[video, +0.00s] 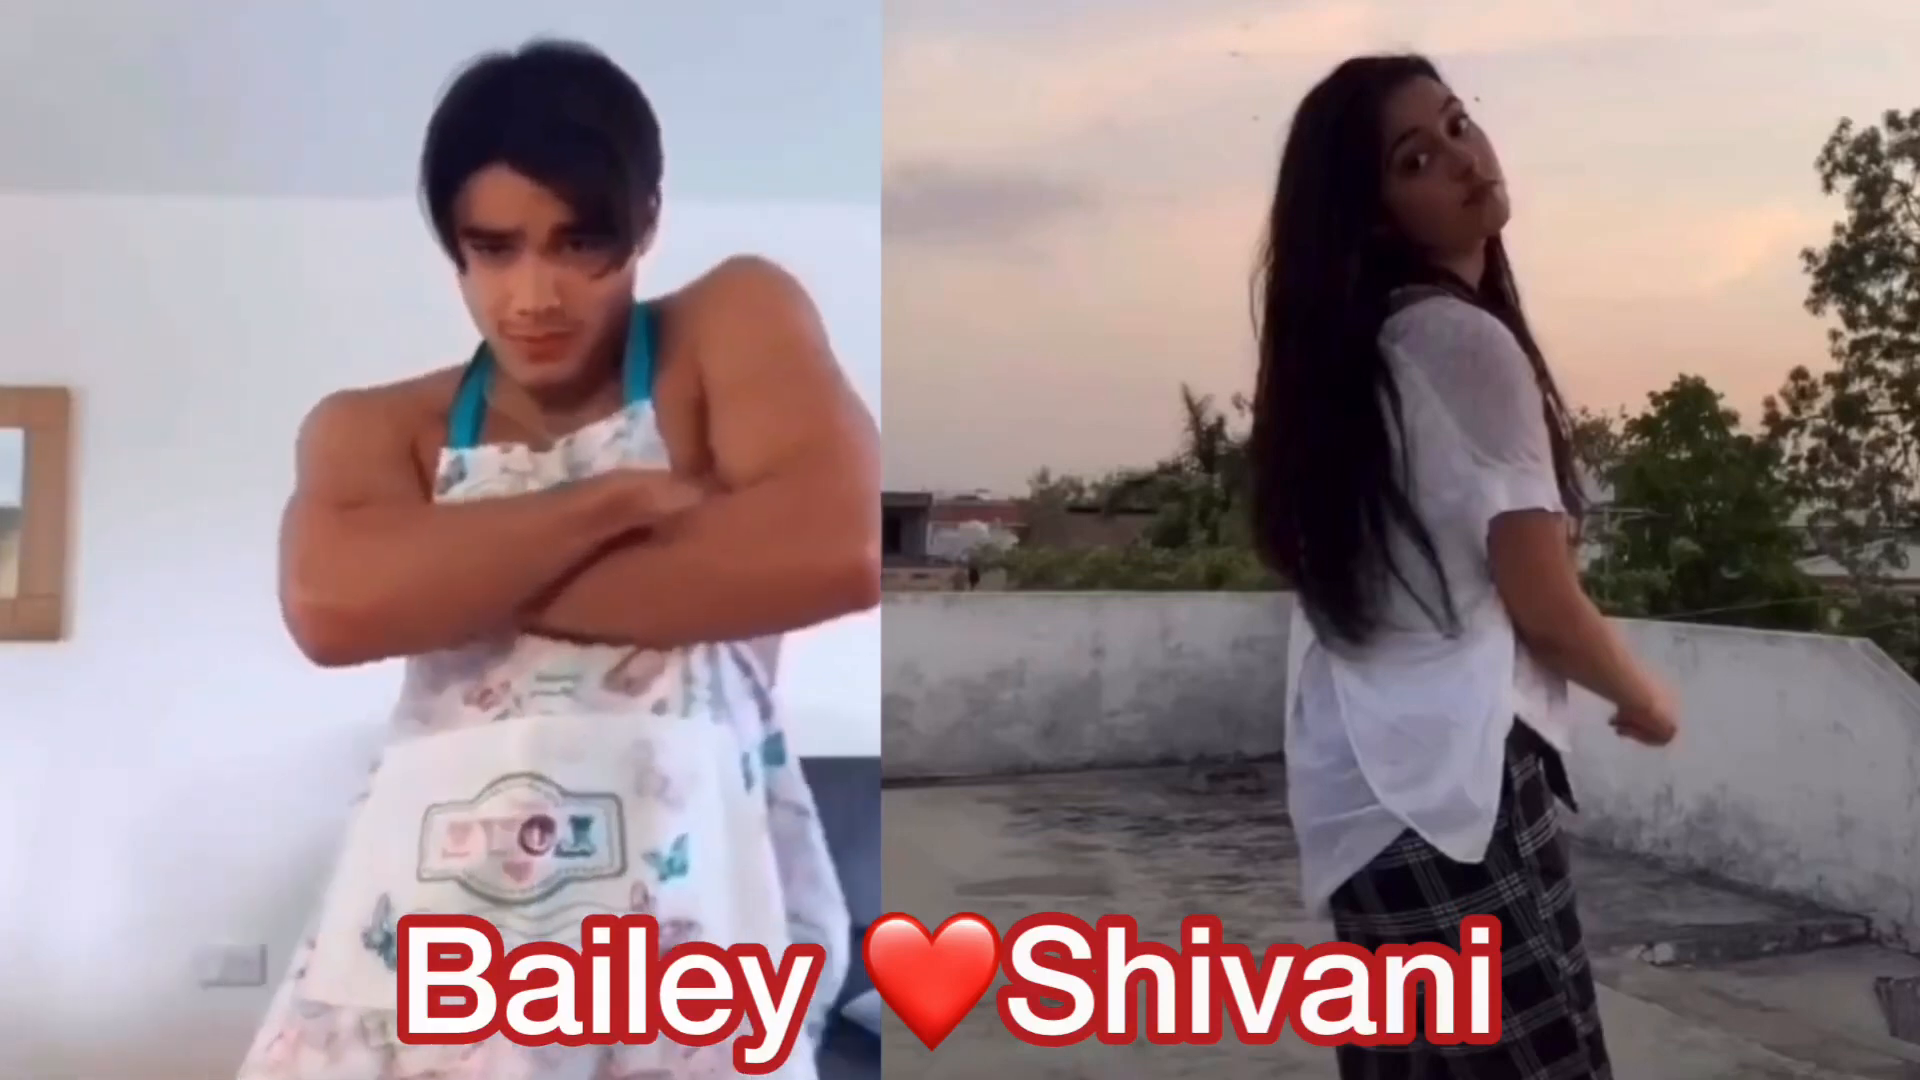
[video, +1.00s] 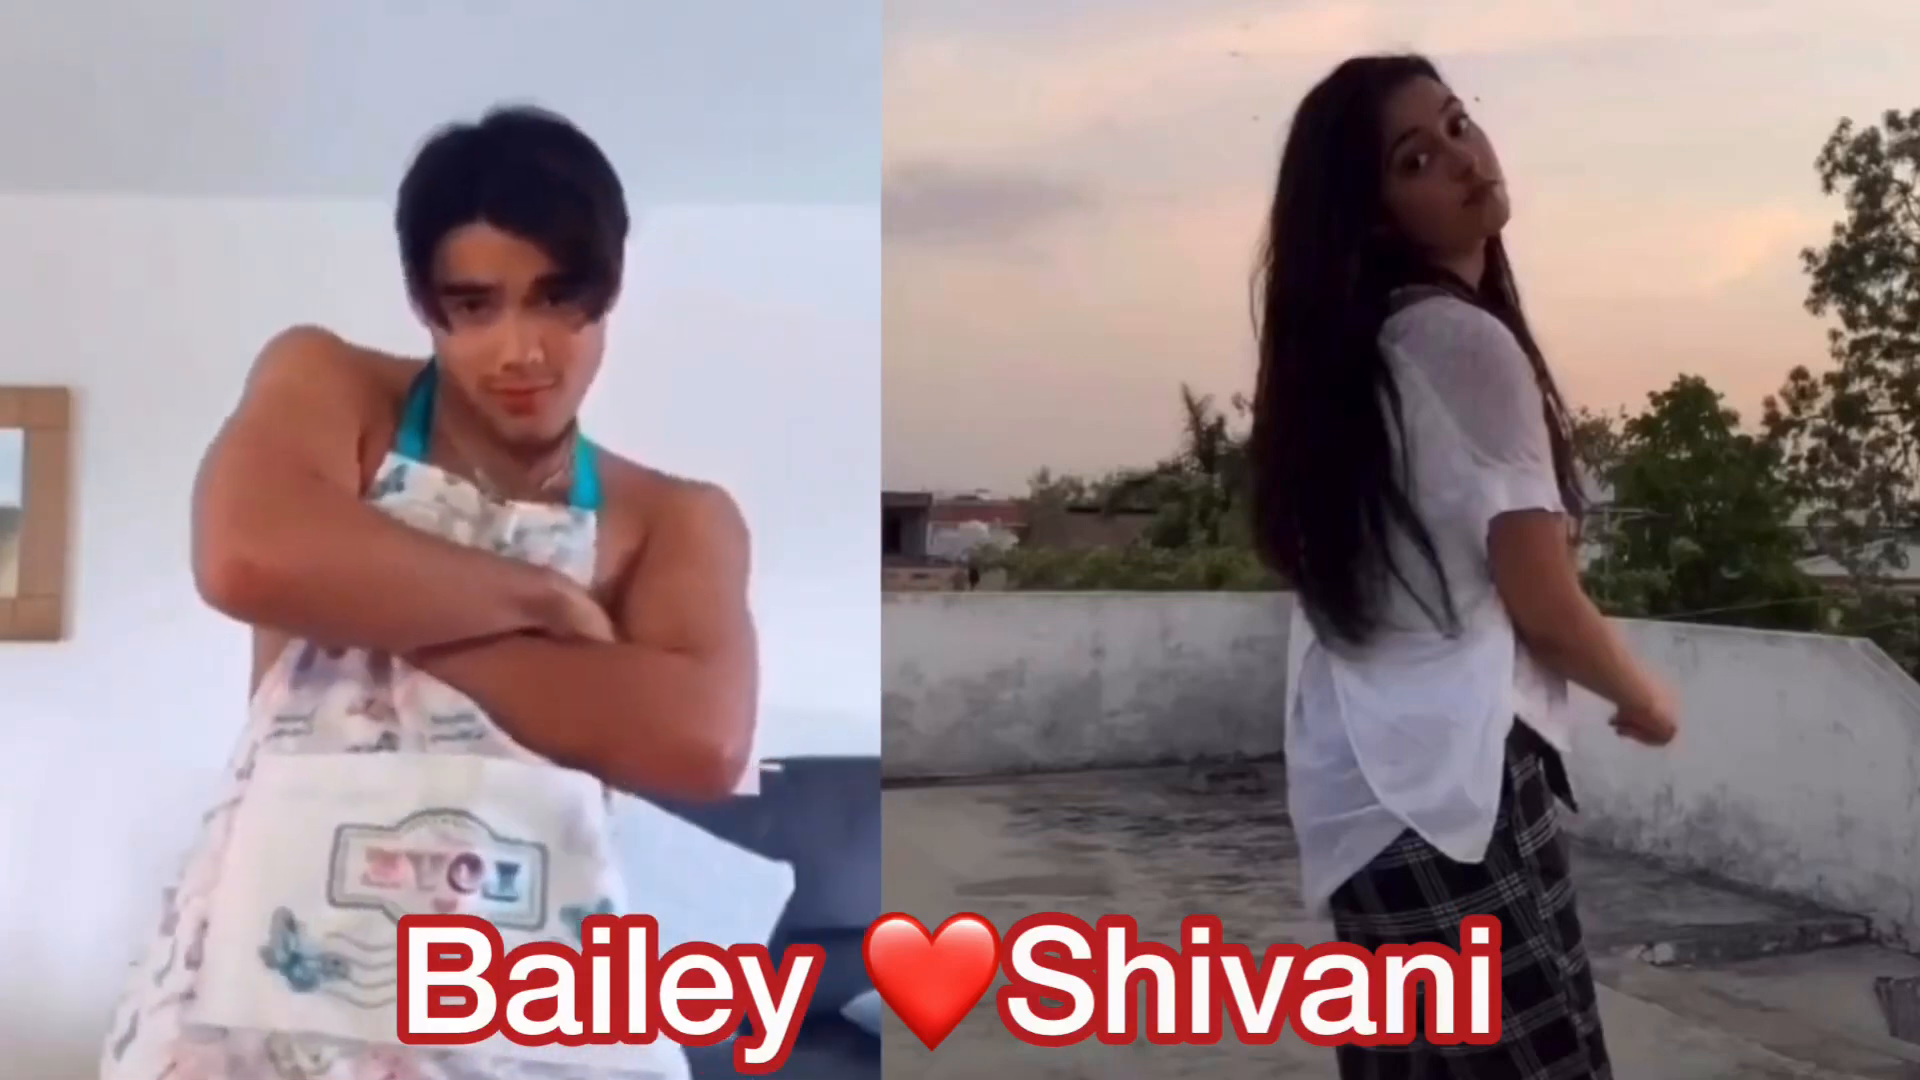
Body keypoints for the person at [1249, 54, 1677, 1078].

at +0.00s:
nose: (1467, 158)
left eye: (1459, 125)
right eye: (1418, 158)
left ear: (1480, 128)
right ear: (1371, 210)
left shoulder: (1352, 332)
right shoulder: (1464, 339)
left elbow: (1392, 565)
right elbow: (1544, 602)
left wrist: (1545, 666)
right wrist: (1643, 698)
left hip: (1361, 784)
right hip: (1451, 789)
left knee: (1396, 1056)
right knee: (1544, 1055)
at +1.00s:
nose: (1467, 158)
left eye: (1459, 125)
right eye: (1418, 158)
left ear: (1480, 128)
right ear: (1370, 210)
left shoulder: (1352, 333)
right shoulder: (1464, 339)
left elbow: (1393, 566)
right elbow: (1545, 603)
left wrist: (1546, 665)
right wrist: (1642, 697)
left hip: (1362, 783)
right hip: (1451, 789)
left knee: (1397, 1056)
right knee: (1544, 1055)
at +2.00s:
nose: (1467, 158)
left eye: (1459, 125)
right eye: (1418, 158)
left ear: (1479, 128)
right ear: (1370, 210)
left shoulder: (1353, 333)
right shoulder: (1465, 339)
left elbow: (1393, 566)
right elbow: (1545, 603)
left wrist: (1546, 665)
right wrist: (1642, 697)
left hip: (1362, 783)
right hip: (1451, 789)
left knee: (1397, 1056)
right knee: (1544, 1055)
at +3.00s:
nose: (1467, 158)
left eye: (1459, 125)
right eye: (1418, 159)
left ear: (1480, 129)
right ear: (1370, 210)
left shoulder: (1352, 332)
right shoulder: (1464, 339)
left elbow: (1392, 565)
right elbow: (1544, 602)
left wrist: (1545, 666)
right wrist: (1643, 697)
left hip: (1361, 783)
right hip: (1451, 789)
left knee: (1396, 1056)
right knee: (1544, 1055)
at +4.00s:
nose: (1466, 158)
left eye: (1459, 125)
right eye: (1417, 158)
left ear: (1480, 129)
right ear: (1370, 210)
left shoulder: (1353, 333)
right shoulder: (1465, 339)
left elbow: (1392, 564)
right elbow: (1545, 602)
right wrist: (1643, 697)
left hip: (1362, 783)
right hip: (1452, 789)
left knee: (1397, 1056)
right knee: (1544, 1056)